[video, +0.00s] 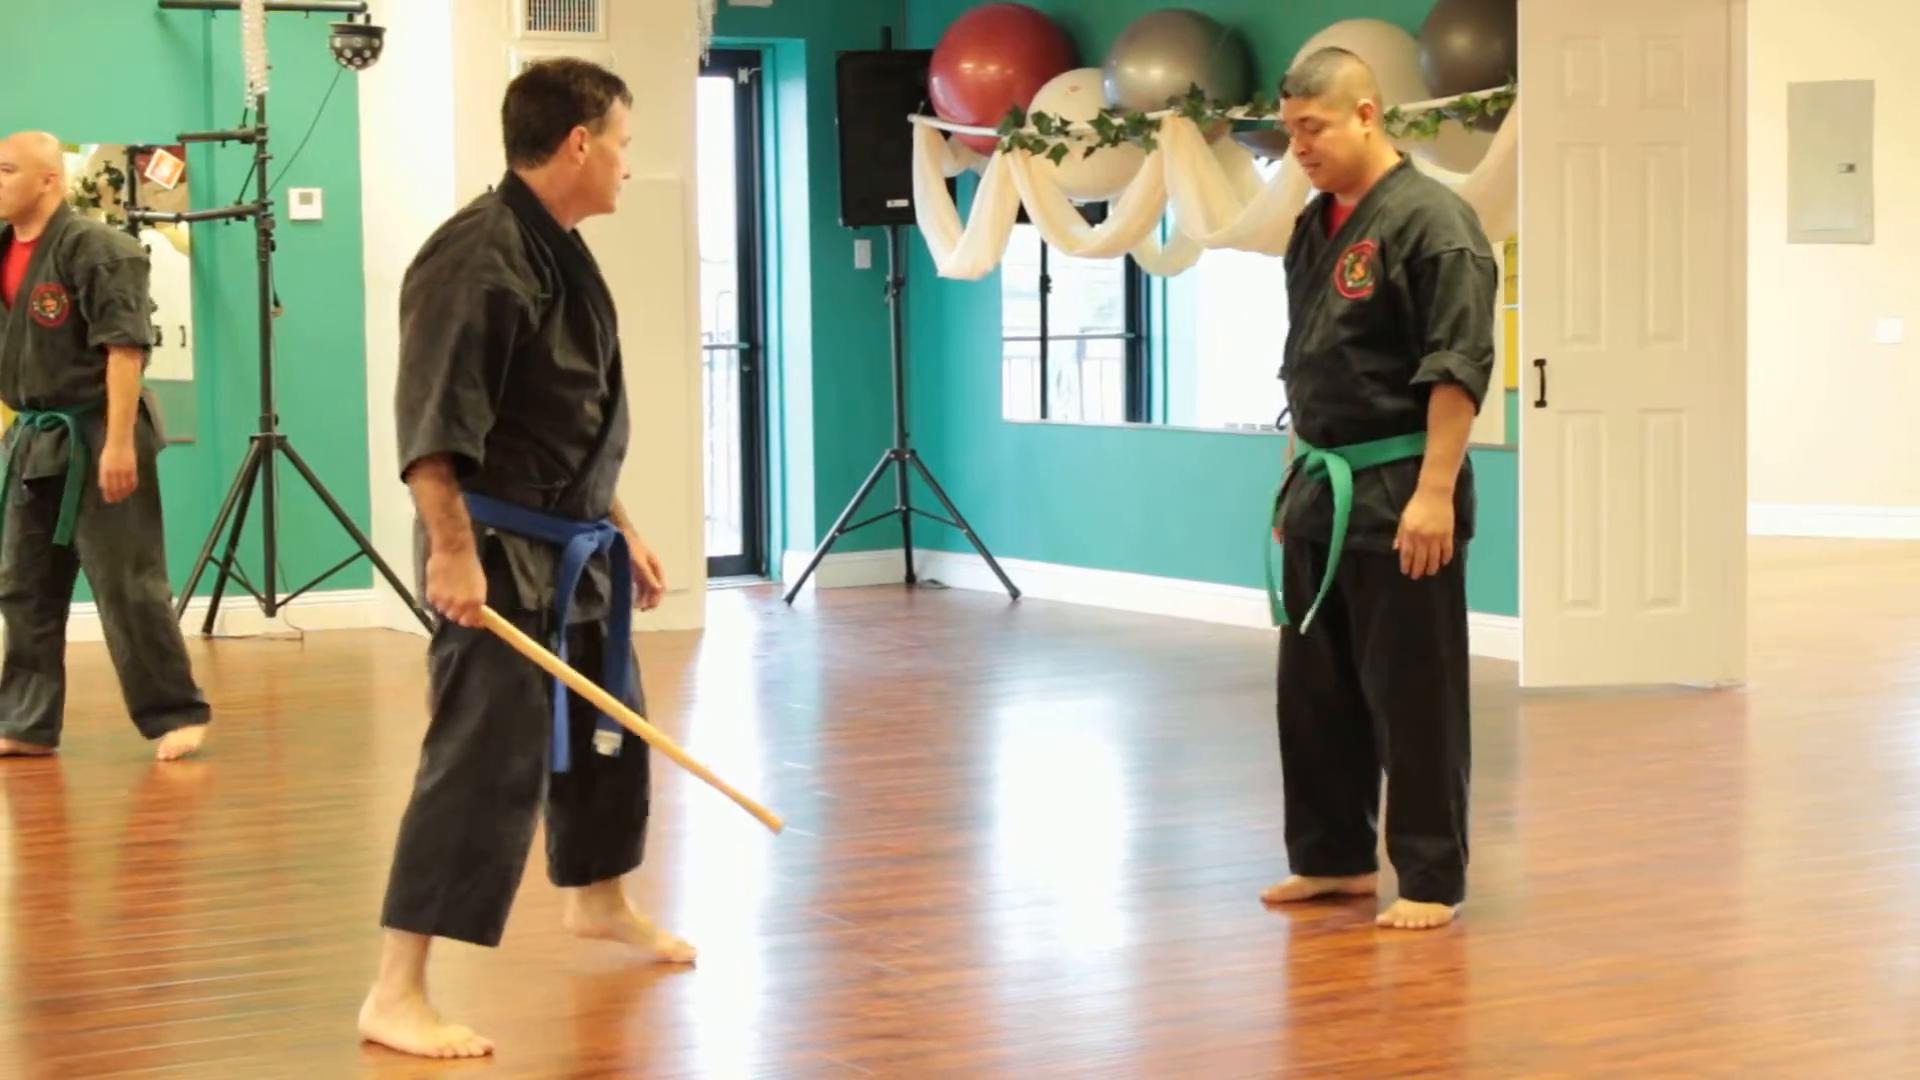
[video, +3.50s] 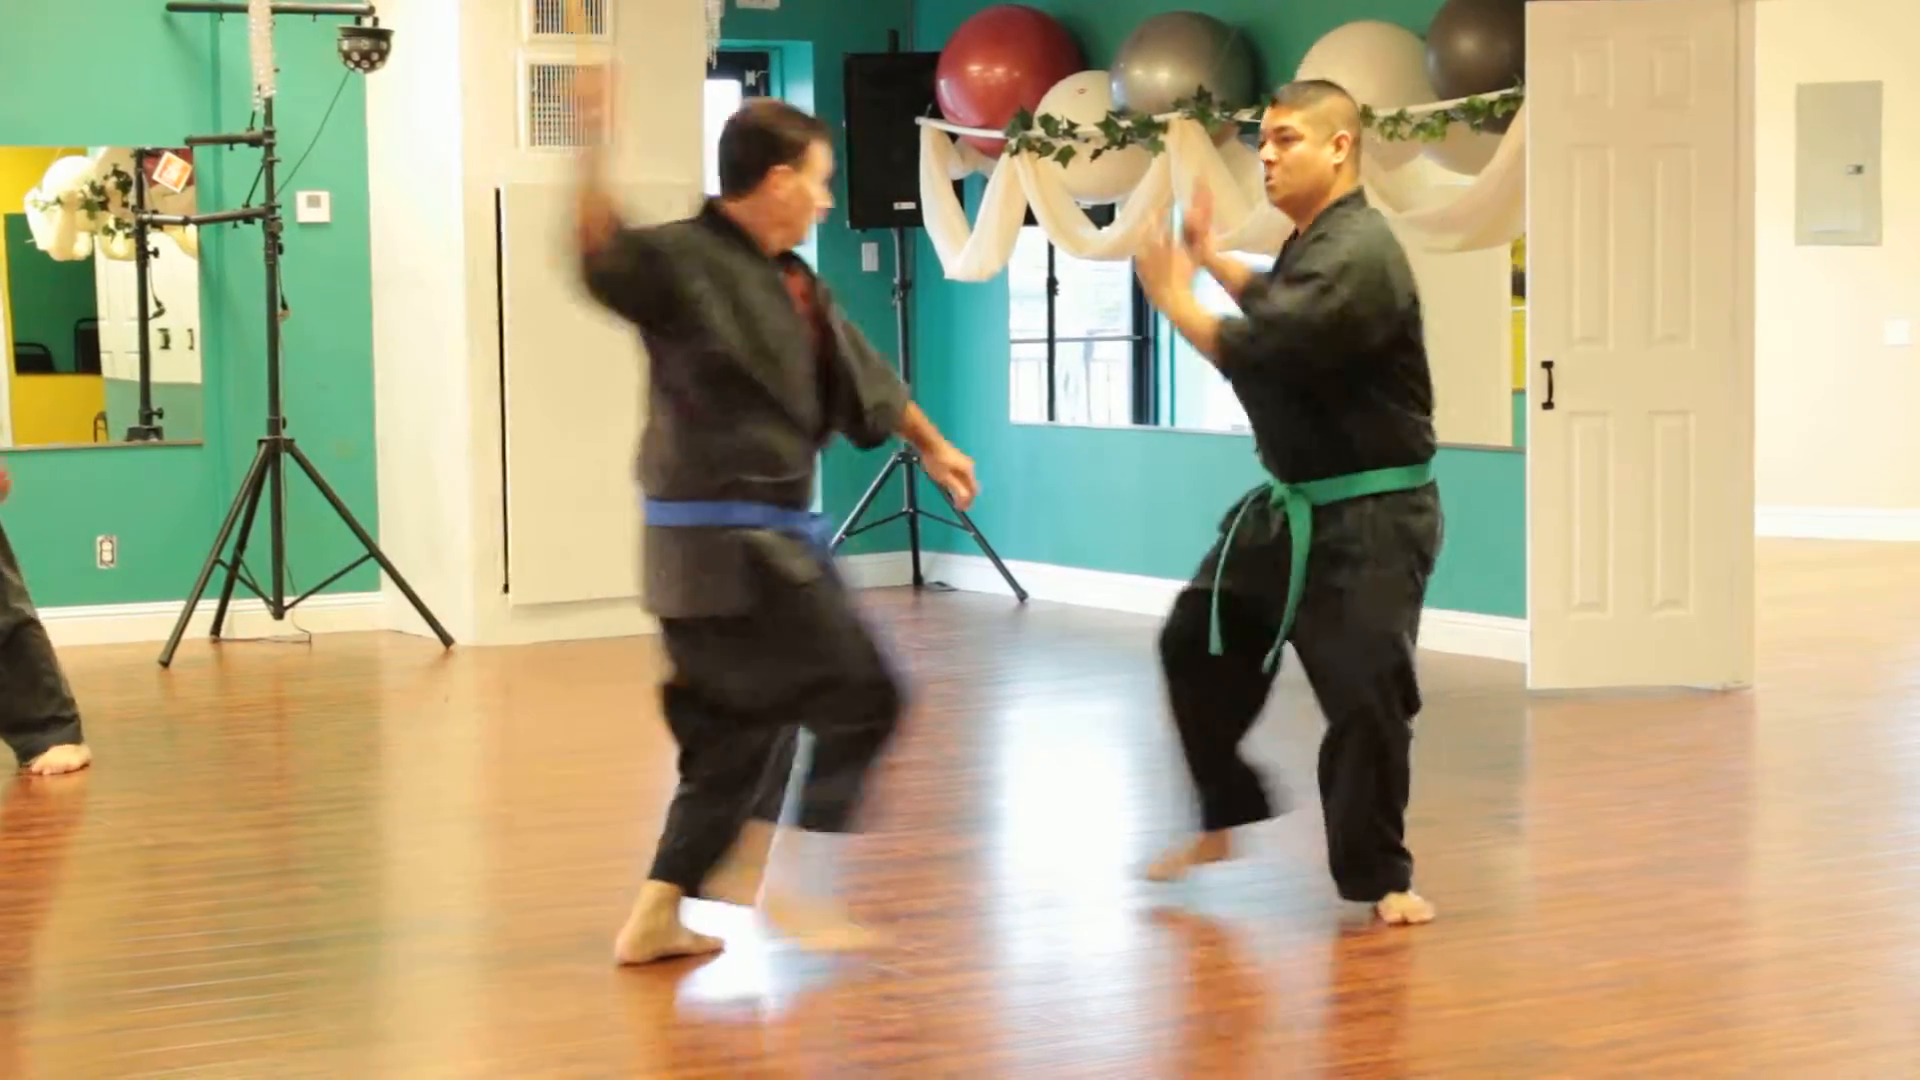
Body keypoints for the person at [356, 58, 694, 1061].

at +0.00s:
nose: (628, 166)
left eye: (628, 147)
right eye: (622, 146)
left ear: (569, 143)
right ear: (578, 144)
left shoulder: (564, 256)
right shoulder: (474, 256)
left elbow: (566, 422)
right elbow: (429, 420)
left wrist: (620, 528)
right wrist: (451, 546)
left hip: (580, 546)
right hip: (499, 547)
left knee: (605, 724)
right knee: (478, 755)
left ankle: (599, 906)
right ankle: (395, 993)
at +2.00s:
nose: (605, 175)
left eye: (604, 156)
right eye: (596, 156)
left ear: (548, 158)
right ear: (543, 156)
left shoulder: (564, 276)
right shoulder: (439, 261)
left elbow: (580, 428)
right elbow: (376, 409)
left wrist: (618, 539)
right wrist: (375, 542)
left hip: (559, 546)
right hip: (459, 543)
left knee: (600, 727)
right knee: (427, 747)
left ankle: (598, 928)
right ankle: (352, 967)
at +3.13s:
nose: (648, 194)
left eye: (647, 175)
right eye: (638, 175)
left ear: (591, 176)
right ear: (588, 175)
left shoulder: (621, 288)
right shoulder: (478, 272)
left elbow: (682, 404)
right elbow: (365, 382)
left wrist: (757, 489)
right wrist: (350, 489)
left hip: (590, 547)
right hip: (494, 541)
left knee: (672, 700)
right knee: (468, 742)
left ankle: (639, 911)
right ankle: (356, 965)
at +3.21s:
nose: (677, 201)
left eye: (677, 184)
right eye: (668, 183)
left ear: (629, 183)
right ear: (616, 181)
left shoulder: (661, 290)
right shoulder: (515, 270)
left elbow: (733, 397)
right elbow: (413, 326)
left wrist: (821, 471)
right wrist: (357, 381)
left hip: (631, 558)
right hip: (534, 553)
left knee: (699, 712)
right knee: (491, 738)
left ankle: (653, 921)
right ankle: (357, 957)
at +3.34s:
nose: (731, 201)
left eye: (732, 185)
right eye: (724, 184)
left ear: (683, 183)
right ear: (677, 182)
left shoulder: (721, 283)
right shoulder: (576, 271)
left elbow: (797, 369)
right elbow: (429, 322)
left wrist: (880, 439)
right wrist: (405, 268)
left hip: (698, 545)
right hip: (611, 542)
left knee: (737, 724)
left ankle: (655, 920)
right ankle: (444, 893)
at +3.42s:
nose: (779, 202)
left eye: (780, 184)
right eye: (771, 184)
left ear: (726, 183)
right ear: (722, 183)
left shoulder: (760, 280)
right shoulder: (627, 265)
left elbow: (832, 365)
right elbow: (499, 283)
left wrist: (910, 432)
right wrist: (483, 184)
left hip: (745, 540)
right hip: (662, 541)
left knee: (745, 728)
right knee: (739, 728)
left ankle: (656, 917)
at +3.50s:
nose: (826, 198)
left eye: (826, 182)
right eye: (817, 179)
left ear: (771, 182)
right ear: (769, 177)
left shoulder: (795, 284)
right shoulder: (685, 254)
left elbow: (861, 376)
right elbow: (604, 257)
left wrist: (931, 446)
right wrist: (592, 148)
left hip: (752, 535)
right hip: (725, 538)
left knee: (736, 730)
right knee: (862, 694)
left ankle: (655, 916)